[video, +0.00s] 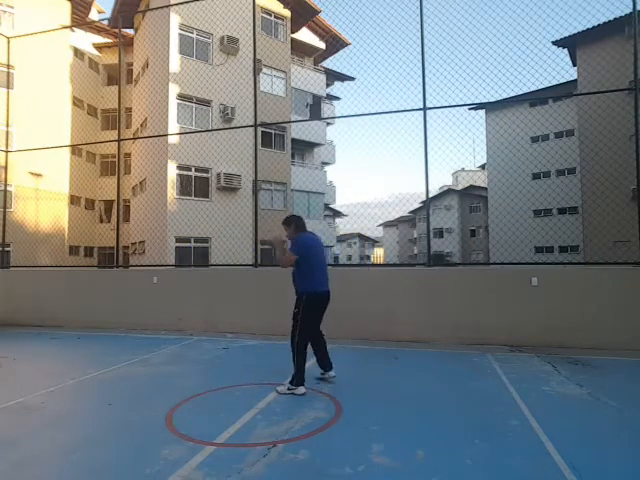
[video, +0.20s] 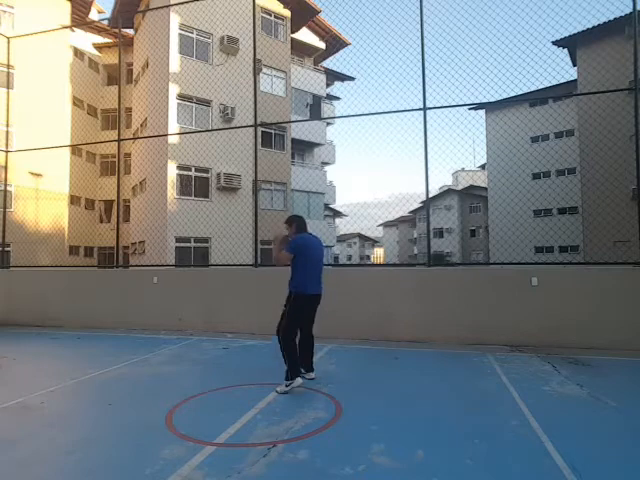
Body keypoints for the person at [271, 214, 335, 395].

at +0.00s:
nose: (286, 234)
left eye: (287, 230)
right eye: (285, 231)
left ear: (294, 228)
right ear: (301, 226)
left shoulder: (300, 241)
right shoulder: (313, 239)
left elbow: (284, 262)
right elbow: (293, 261)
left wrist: (279, 246)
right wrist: (284, 248)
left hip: (307, 295)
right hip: (321, 294)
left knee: (298, 336)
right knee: (314, 331)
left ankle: (297, 383)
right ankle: (327, 369)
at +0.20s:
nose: (288, 232)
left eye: (289, 229)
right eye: (288, 229)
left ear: (295, 227)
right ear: (304, 226)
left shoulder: (297, 241)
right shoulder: (317, 242)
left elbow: (279, 260)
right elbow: (303, 261)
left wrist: (277, 243)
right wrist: (286, 246)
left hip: (299, 294)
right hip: (315, 293)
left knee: (285, 332)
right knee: (306, 331)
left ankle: (293, 376)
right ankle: (307, 368)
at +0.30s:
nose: (288, 231)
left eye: (289, 228)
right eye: (288, 228)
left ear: (294, 227)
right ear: (305, 226)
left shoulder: (299, 240)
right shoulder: (316, 241)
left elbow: (281, 259)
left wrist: (281, 238)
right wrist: (288, 239)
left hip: (296, 293)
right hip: (312, 293)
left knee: (267, 317)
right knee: (304, 331)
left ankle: (279, 357)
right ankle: (308, 369)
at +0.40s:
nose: (290, 230)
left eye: (290, 227)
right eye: (289, 228)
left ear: (296, 226)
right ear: (305, 225)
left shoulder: (300, 239)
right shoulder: (315, 240)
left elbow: (281, 256)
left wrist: (283, 237)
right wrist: (288, 238)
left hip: (293, 289)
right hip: (308, 291)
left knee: (258, 301)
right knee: (303, 329)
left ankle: (274, 339)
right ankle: (308, 370)